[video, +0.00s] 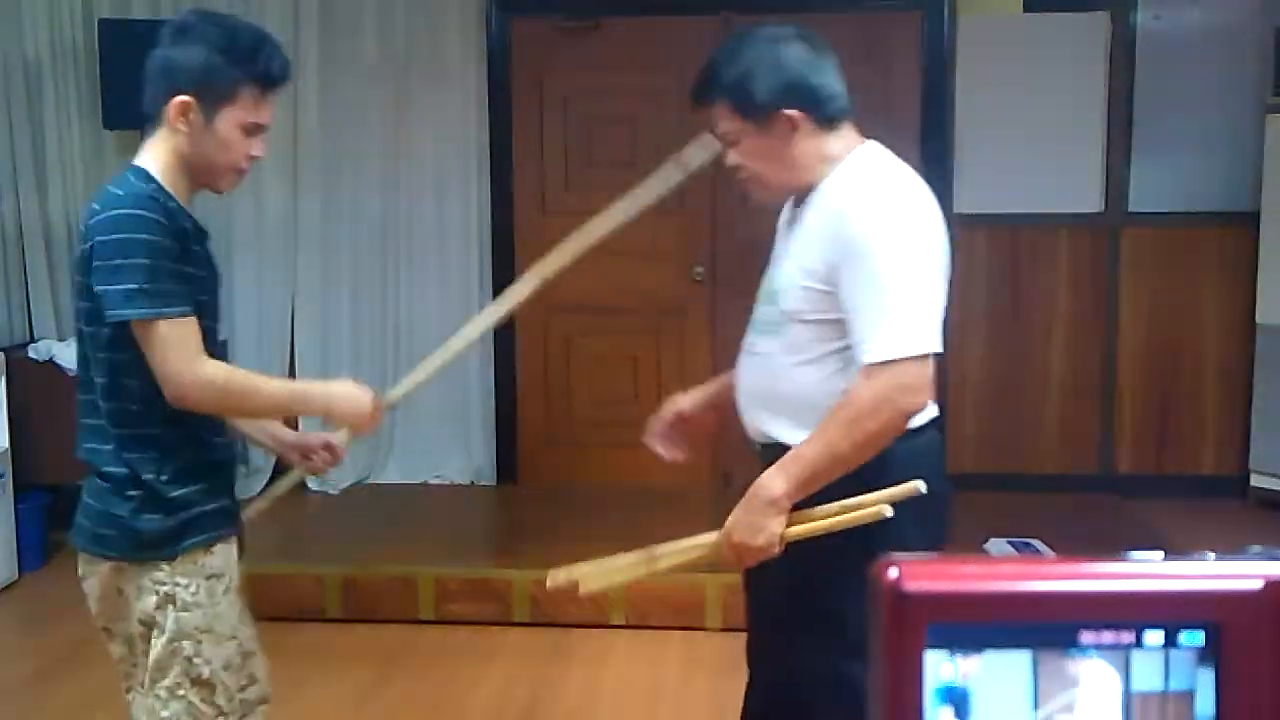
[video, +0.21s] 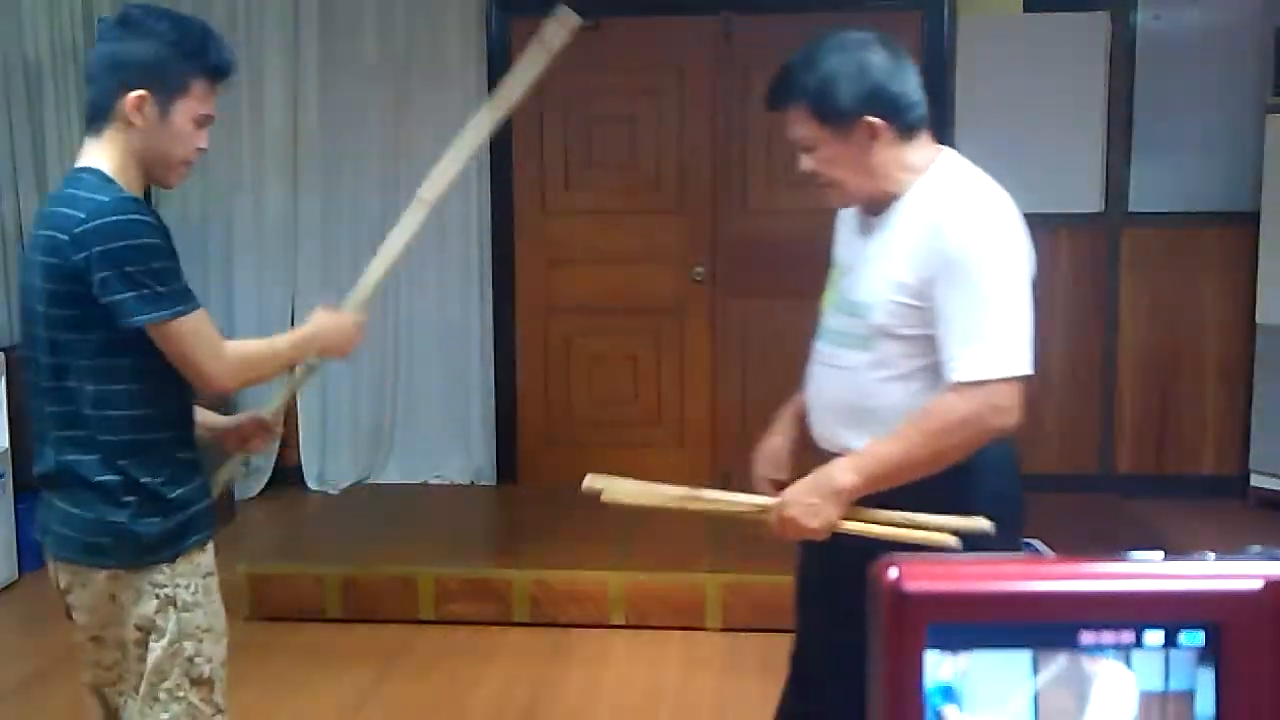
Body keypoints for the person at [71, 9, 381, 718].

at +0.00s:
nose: (259, 150)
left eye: (263, 132)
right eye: (248, 129)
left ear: (185, 120)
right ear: (183, 116)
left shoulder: (169, 221)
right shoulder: (135, 218)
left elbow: (196, 374)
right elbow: (185, 381)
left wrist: (281, 440)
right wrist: (323, 396)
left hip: (181, 528)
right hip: (157, 537)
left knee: (218, 698)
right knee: (206, 702)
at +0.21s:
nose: (204, 144)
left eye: (208, 125)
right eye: (198, 122)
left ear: (136, 110)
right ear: (137, 108)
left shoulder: (69, 209)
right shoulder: (118, 220)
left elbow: (104, 389)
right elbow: (216, 370)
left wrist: (210, 429)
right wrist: (313, 338)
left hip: (88, 525)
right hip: (145, 536)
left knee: (123, 705)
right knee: (181, 708)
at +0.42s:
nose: (141, 148)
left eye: (145, 130)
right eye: (135, 127)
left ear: (68, 115)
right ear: (72, 115)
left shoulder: (9, 212)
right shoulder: (70, 226)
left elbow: (32, 398)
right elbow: (181, 361)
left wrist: (142, 451)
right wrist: (256, 292)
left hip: (18, 537)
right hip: (99, 545)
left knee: (32, 710)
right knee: (152, 705)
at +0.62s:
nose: (81, 153)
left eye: (86, 134)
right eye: (72, 132)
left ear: (15, 126)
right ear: (12, 122)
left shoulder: (12, 222)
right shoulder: (8, 223)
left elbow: (5, 408)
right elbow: (85, 372)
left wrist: (74, 473)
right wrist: (160, 290)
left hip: (30, 533)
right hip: (32, 539)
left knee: (47, 701)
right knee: (75, 704)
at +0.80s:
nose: (44, 150)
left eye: (49, 132)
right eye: (36, 130)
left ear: (12, 120)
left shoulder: (3, 230)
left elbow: (8, 372)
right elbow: (27, 367)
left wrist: (47, 455)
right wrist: (109, 274)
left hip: (22, 536)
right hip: (10, 545)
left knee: (43, 700)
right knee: (42, 706)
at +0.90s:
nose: (25, 151)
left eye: (30, 132)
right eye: (19, 131)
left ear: (23, 122)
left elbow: (10, 361)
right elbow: (6, 367)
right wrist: (92, 279)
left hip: (13, 530)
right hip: (6, 534)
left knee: (28, 698)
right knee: (22, 702)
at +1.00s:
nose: (12, 149)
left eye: (15, 129)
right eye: (9, 129)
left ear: (21, 121)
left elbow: (11, 360)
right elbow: (9, 362)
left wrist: (78, 289)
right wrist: (80, 288)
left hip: (13, 527)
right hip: (7, 531)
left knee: (17, 700)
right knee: (13, 700)